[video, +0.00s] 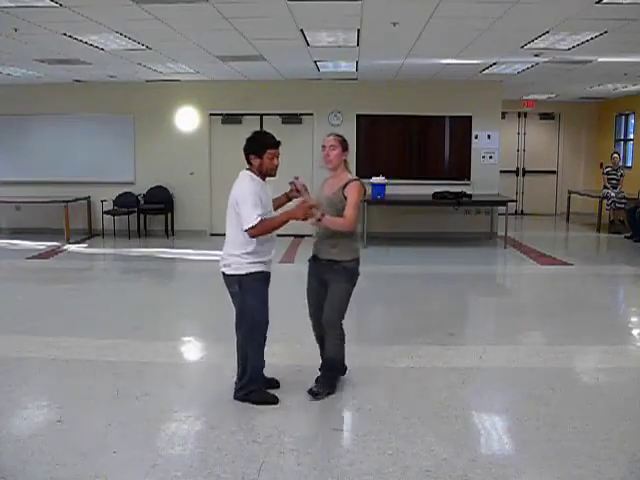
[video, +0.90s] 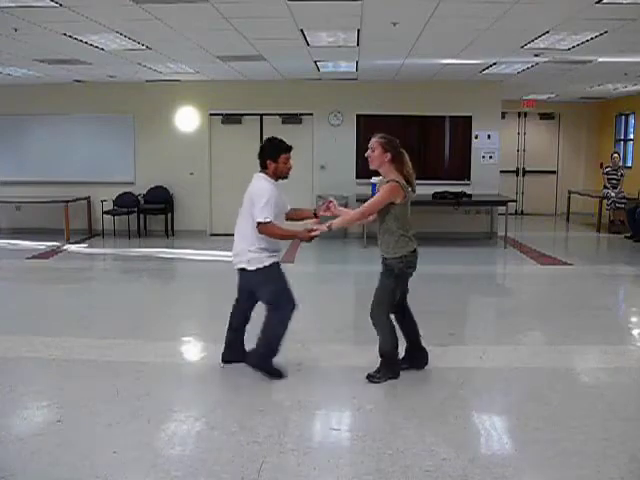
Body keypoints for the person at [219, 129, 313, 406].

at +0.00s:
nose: (277, 162)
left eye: (277, 156)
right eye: (272, 157)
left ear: (260, 160)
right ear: (255, 159)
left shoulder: (256, 182)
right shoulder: (247, 186)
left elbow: (265, 210)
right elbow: (254, 228)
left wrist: (289, 196)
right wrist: (292, 215)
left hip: (254, 268)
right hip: (245, 270)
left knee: (255, 326)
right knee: (252, 328)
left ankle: (254, 376)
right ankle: (247, 387)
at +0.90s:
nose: (290, 165)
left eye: (290, 160)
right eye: (285, 161)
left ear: (272, 164)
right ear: (270, 163)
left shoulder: (267, 185)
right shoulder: (265, 188)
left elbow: (286, 214)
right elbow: (264, 227)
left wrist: (315, 214)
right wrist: (299, 235)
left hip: (249, 258)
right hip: (258, 259)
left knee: (244, 304)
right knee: (284, 304)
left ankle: (232, 351)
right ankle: (262, 357)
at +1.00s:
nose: (304, 166)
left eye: (304, 161)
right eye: (300, 161)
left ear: (285, 165)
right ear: (285, 164)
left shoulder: (276, 183)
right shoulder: (279, 188)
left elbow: (287, 215)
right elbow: (274, 224)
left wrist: (314, 212)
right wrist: (303, 235)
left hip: (267, 259)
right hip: (275, 261)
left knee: (259, 303)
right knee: (299, 306)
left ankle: (236, 347)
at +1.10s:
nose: (318, 166)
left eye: (318, 161)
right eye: (315, 162)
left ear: (300, 164)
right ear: (300, 164)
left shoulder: (297, 184)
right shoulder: (293, 187)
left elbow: (298, 214)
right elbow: (287, 222)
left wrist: (320, 208)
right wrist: (309, 235)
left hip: (290, 256)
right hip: (293, 257)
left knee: (290, 296)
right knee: (311, 303)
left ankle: (253, 333)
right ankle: (306, 351)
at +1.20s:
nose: (334, 164)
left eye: (333, 159)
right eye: (329, 160)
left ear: (317, 163)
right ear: (314, 162)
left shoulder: (316, 182)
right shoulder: (305, 183)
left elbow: (315, 208)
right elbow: (298, 214)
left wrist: (331, 201)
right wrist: (304, 231)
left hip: (313, 254)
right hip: (301, 257)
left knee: (324, 293)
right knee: (315, 299)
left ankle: (288, 326)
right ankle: (306, 350)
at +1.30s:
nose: (344, 163)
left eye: (344, 158)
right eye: (340, 158)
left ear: (334, 160)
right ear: (328, 161)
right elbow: (303, 212)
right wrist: (293, 241)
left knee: (337, 300)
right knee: (311, 306)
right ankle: (304, 349)